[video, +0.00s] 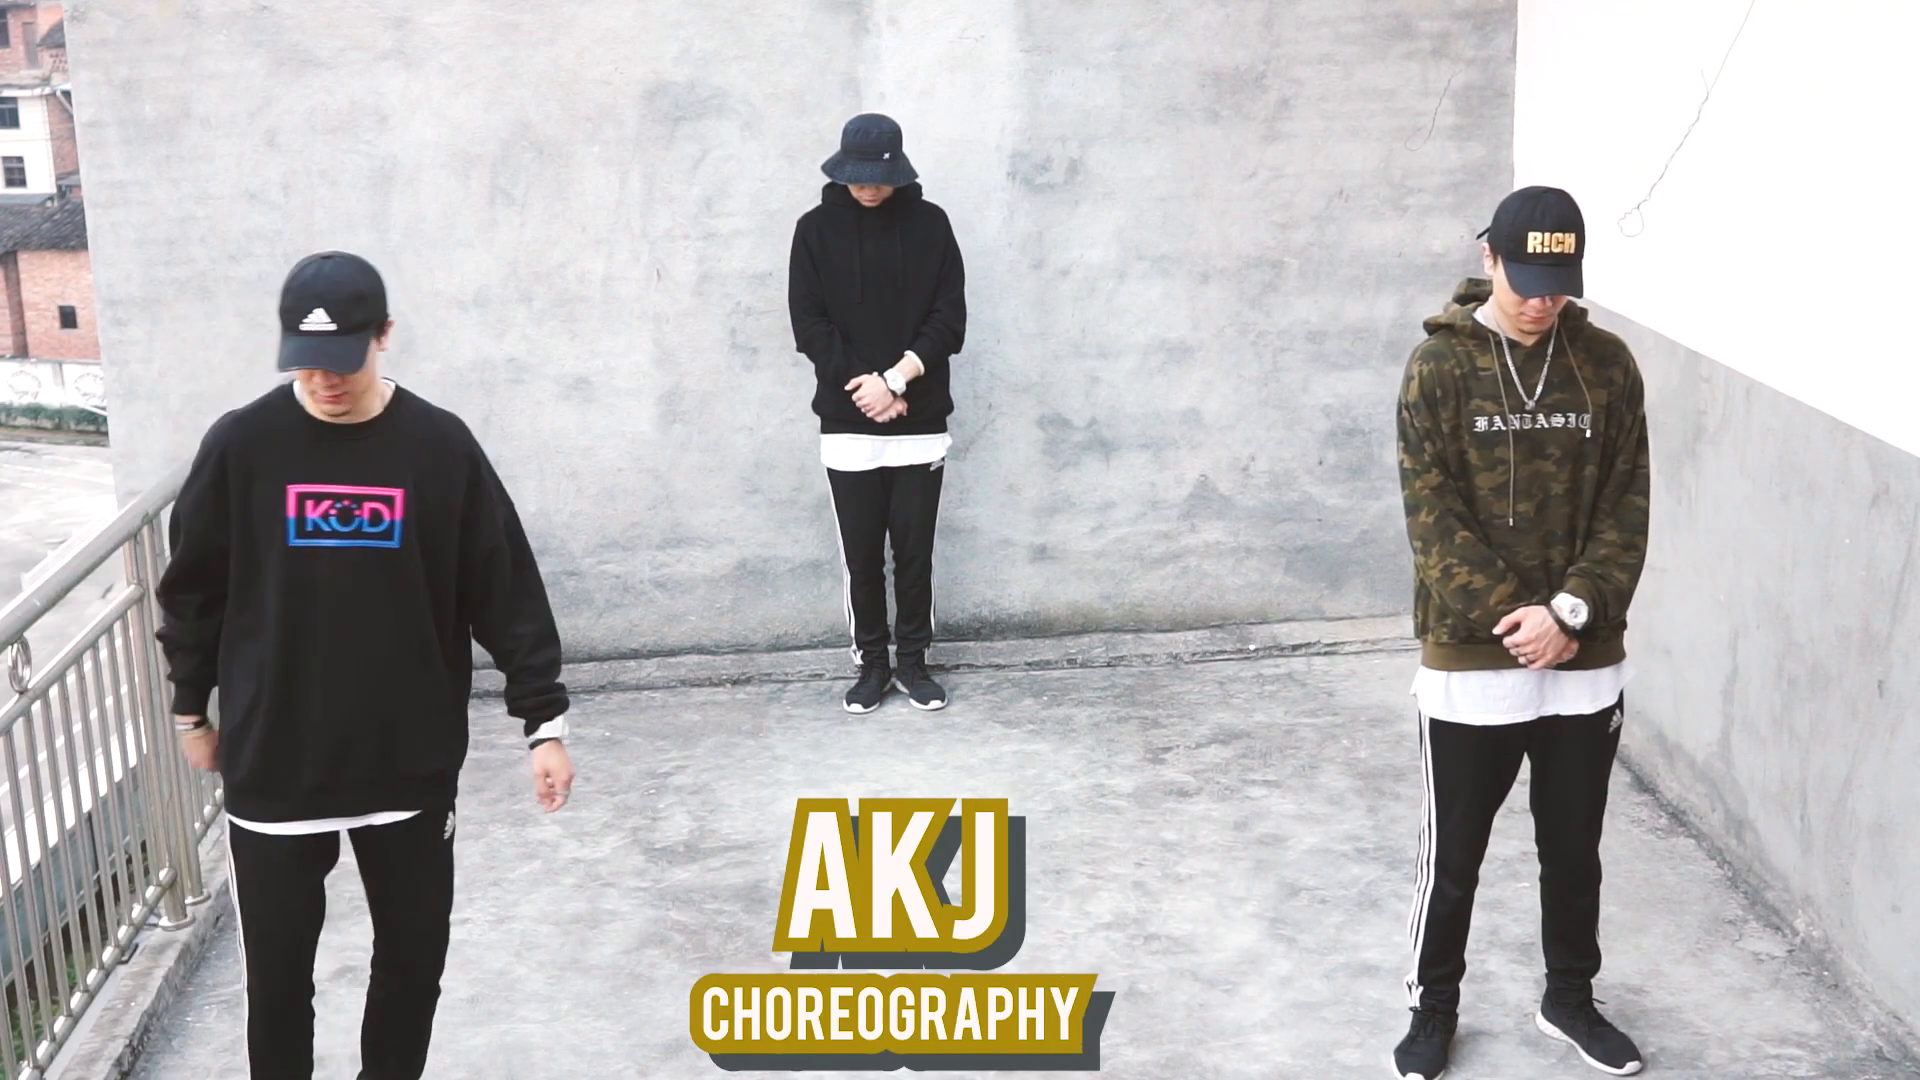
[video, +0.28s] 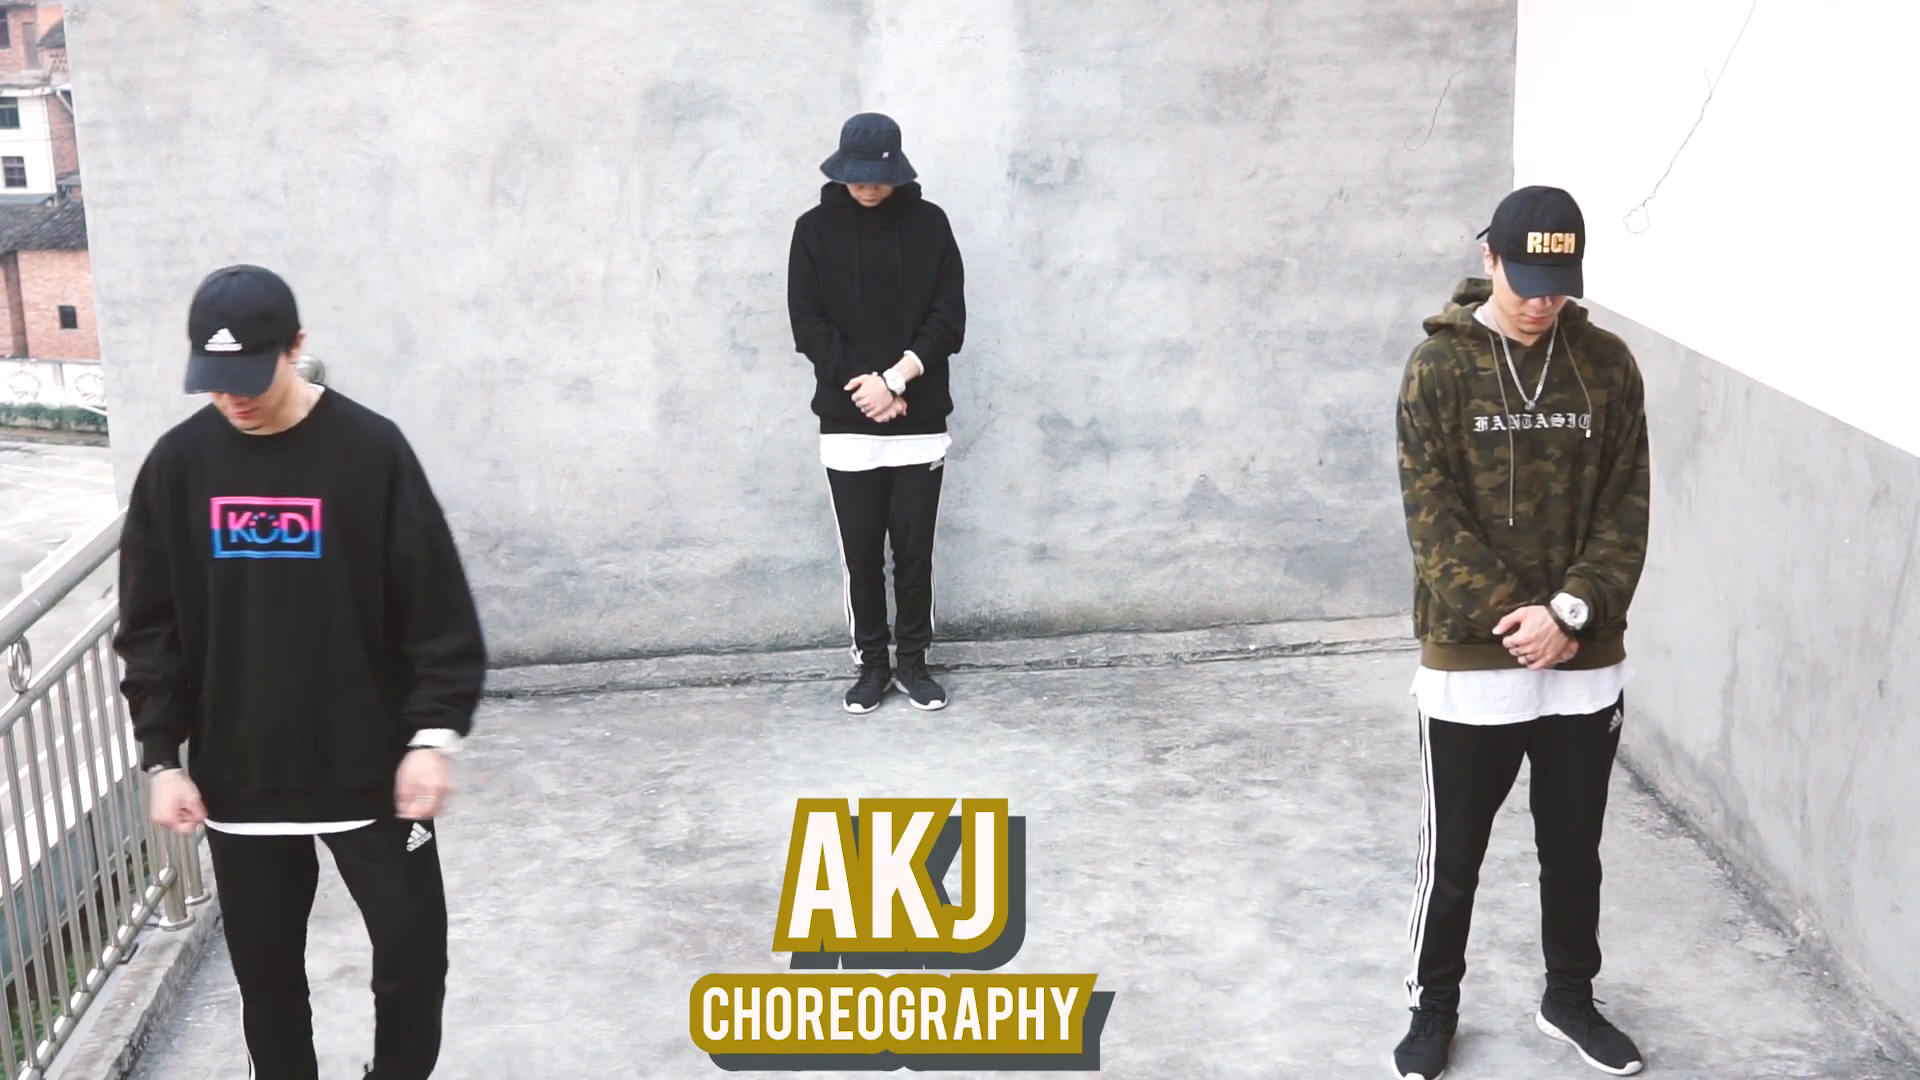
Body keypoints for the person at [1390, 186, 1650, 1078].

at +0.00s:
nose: (1546, 301)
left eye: (1561, 284)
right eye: (1530, 282)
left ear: (1581, 271)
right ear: (1491, 259)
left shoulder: (1609, 364)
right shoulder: (1440, 363)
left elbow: (1628, 507)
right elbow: (1432, 514)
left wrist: (1575, 612)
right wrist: (1519, 620)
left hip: (1584, 661)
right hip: (1470, 663)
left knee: (1575, 851)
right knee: (1453, 854)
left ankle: (1571, 998)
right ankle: (1433, 1006)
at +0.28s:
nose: (1545, 301)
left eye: (1561, 285)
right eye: (1529, 282)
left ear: (1581, 272)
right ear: (1491, 259)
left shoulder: (1609, 364)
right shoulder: (1440, 363)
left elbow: (1628, 508)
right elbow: (1432, 514)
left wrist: (1575, 613)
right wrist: (1519, 620)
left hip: (1583, 660)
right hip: (1470, 663)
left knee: (1575, 850)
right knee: (1453, 853)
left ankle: (1571, 998)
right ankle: (1433, 1006)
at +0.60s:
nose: (1547, 300)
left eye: (1562, 284)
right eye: (1531, 282)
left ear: (1582, 271)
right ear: (1491, 259)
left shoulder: (1609, 364)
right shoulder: (1440, 364)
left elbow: (1628, 508)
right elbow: (1431, 515)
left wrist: (1574, 613)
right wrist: (1518, 620)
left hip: (1583, 660)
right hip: (1470, 662)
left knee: (1575, 851)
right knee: (1453, 853)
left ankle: (1571, 998)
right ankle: (1433, 1005)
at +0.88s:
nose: (1547, 300)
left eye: (1562, 284)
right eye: (1530, 282)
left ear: (1581, 271)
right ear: (1491, 259)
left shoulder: (1609, 364)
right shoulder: (1440, 363)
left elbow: (1627, 508)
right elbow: (1431, 515)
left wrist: (1574, 613)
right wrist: (1518, 620)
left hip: (1583, 661)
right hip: (1470, 663)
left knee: (1574, 850)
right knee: (1453, 853)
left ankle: (1571, 998)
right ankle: (1433, 1005)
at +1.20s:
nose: (1547, 300)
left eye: (1562, 284)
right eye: (1531, 281)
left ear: (1582, 271)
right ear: (1491, 259)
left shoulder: (1610, 364)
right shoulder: (1440, 363)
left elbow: (1628, 508)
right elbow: (1431, 514)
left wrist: (1574, 613)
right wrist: (1519, 621)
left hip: (1583, 661)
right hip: (1469, 663)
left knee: (1574, 850)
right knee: (1452, 853)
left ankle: (1571, 998)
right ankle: (1433, 1006)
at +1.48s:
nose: (1548, 300)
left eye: (1564, 284)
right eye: (1532, 282)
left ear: (1583, 271)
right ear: (1493, 259)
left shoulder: (1611, 365)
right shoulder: (1441, 362)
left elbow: (1629, 509)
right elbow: (1432, 514)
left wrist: (1576, 614)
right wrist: (1520, 621)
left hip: (1584, 661)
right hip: (1469, 663)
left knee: (1574, 851)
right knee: (1453, 856)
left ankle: (1570, 998)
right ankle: (1432, 1007)